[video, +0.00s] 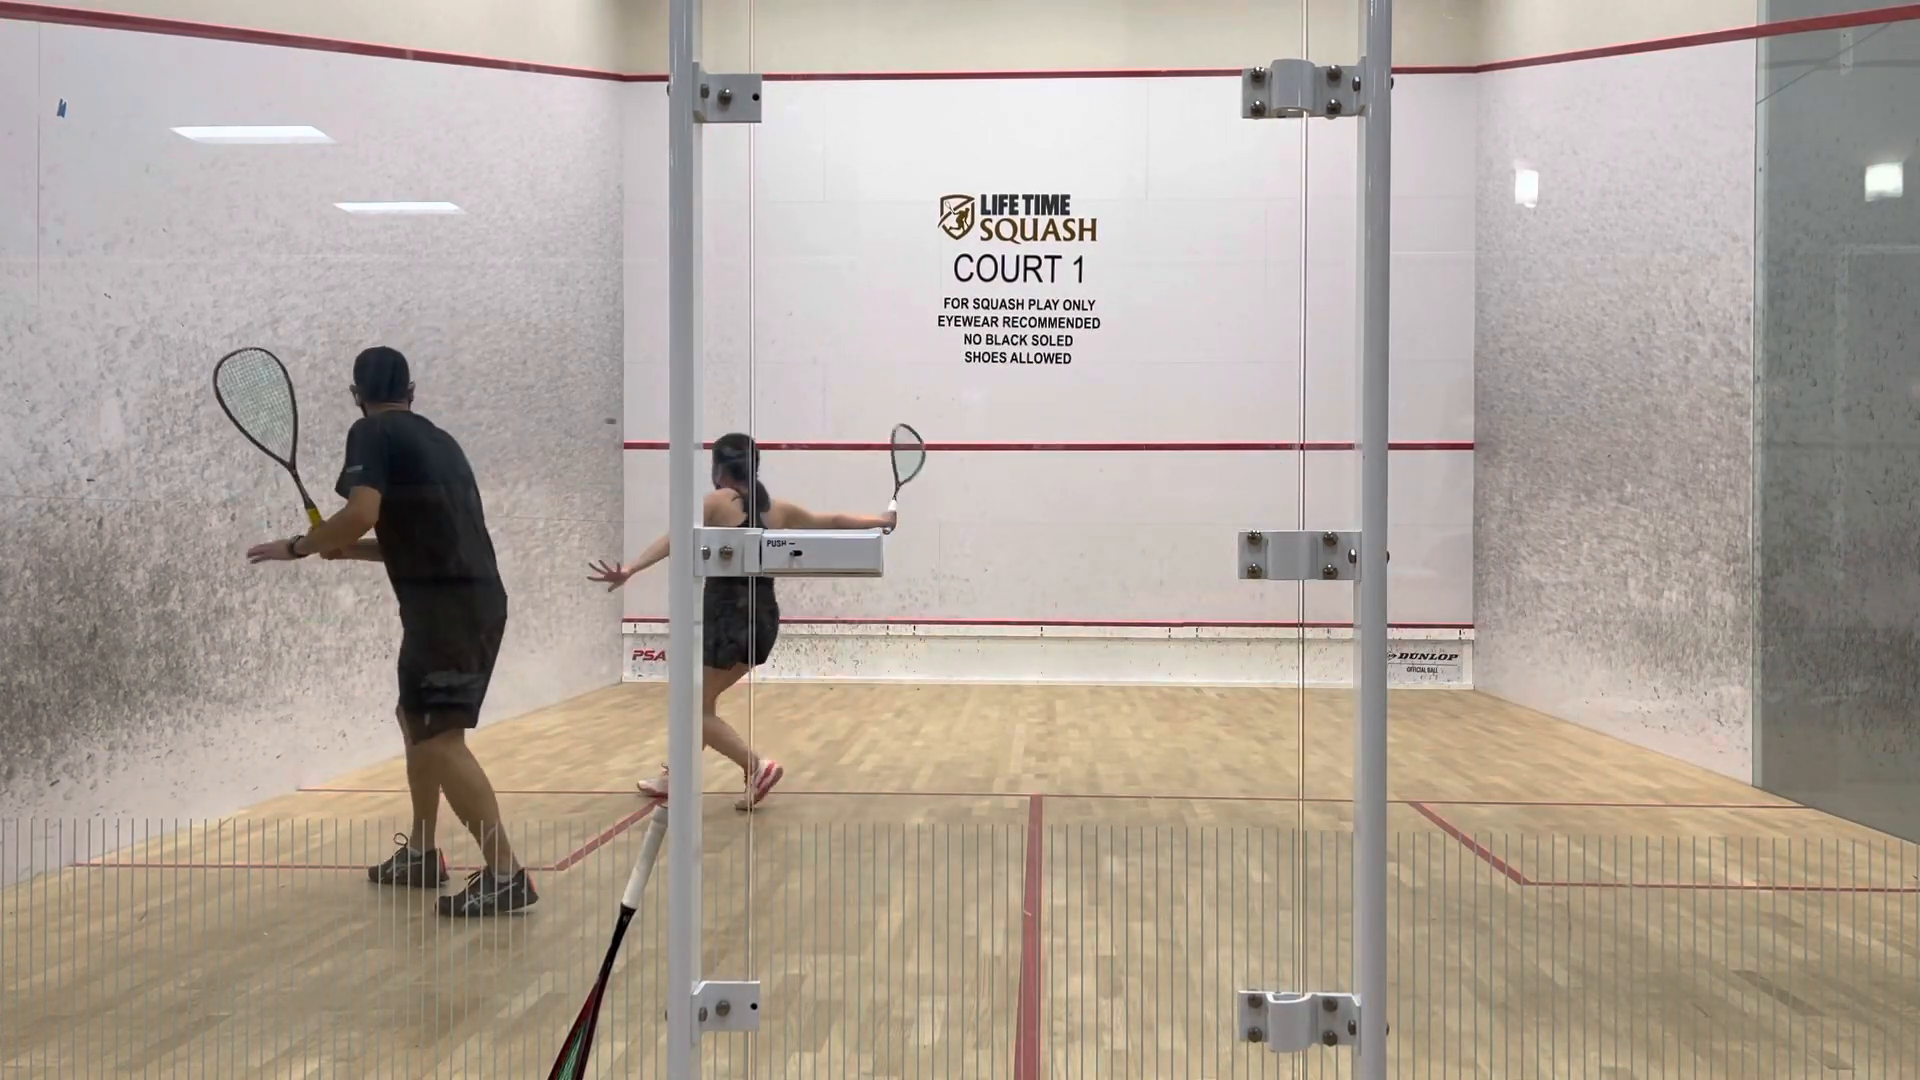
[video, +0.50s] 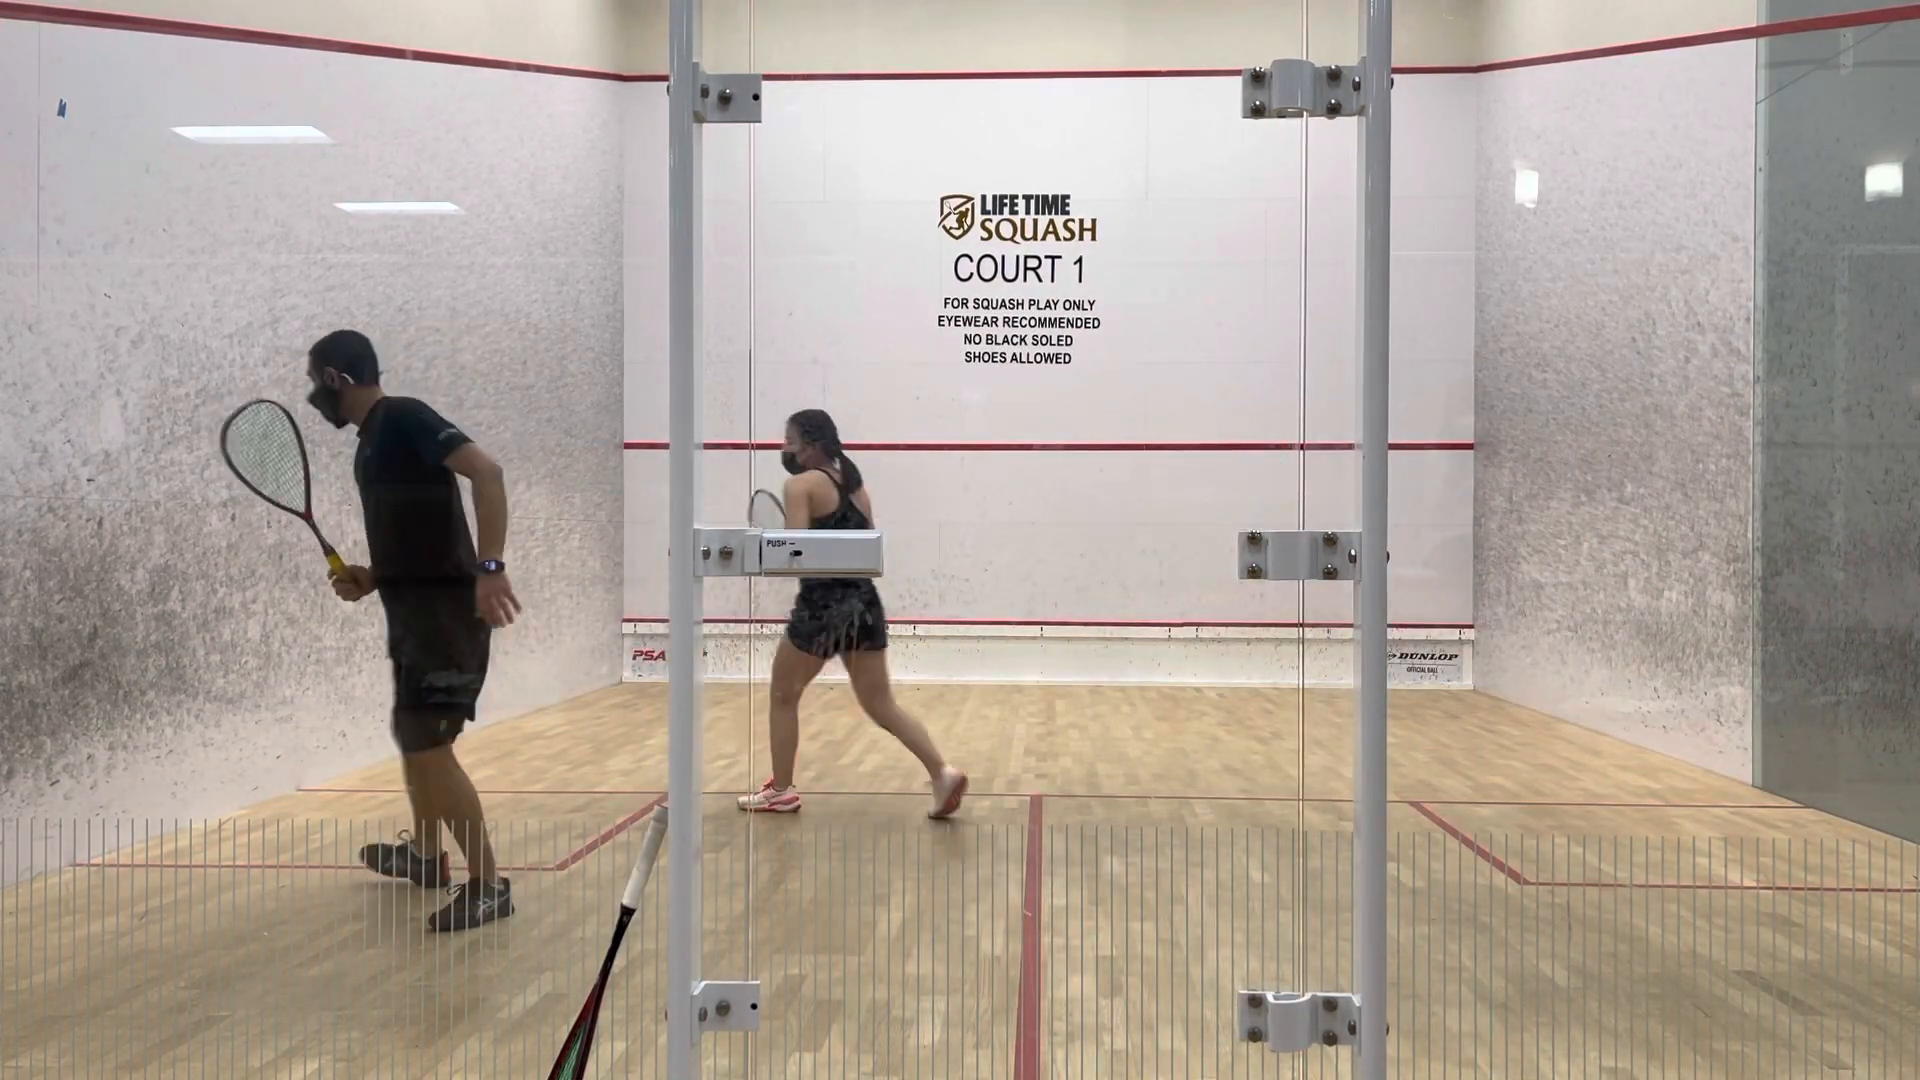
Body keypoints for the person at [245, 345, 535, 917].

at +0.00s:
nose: (360, 404)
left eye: (357, 395)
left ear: (359, 395)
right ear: (411, 393)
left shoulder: (371, 431)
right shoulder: (439, 440)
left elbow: (361, 513)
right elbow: (417, 547)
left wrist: (298, 546)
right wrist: (345, 549)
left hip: (442, 605)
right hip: (476, 601)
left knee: (441, 740)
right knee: (415, 716)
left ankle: (506, 874)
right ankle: (423, 850)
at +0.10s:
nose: (351, 410)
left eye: (348, 402)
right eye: (357, 401)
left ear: (350, 402)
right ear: (400, 398)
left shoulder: (368, 431)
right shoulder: (420, 440)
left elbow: (384, 505)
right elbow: (413, 554)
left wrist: (325, 554)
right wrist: (340, 546)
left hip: (449, 600)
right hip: (472, 596)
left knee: (424, 737)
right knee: (424, 730)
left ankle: (499, 868)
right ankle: (431, 850)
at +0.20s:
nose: (345, 415)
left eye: (341, 407)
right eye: (349, 408)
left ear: (343, 406)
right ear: (394, 401)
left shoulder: (368, 434)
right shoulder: (415, 439)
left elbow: (413, 498)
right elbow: (418, 549)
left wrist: (375, 578)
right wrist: (349, 567)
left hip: (449, 602)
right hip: (473, 599)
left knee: (410, 742)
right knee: (428, 734)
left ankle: (487, 870)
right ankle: (428, 854)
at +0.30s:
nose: (338, 408)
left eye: (335, 399)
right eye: (341, 399)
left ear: (340, 400)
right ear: (391, 394)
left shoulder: (374, 433)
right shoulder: (406, 435)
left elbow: (435, 487)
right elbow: (419, 549)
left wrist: (444, 587)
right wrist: (361, 575)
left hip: (440, 607)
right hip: (458, 606)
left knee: (402, 744)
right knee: (433, 737)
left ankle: (485, 873)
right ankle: (428, 854)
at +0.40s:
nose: (330, 401)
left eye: (329, 390)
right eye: (329, 391)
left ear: (339, 388)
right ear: (384, 381)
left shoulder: (387, 424)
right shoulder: (384, 434)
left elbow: (461, 470)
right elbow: (425, 542)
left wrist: (485, 564)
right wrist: (368, 574)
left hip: (442, 613)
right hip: (439, 611)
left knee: (408, 746)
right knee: (436, 740)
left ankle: (478, 881)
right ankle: (430, 855)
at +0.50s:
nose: (313, 397)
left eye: (315, 384)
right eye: (312, 385)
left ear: (339, 380)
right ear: (356, 378)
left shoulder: (401, 418)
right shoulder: (370, 446)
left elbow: (487, 472)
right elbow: (413, 540)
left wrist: (491, 567)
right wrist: (370, 578)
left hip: (446, 608)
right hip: (411, 613)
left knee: (428, 741)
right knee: (413, 734)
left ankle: (488, 883)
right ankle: (425, 854)